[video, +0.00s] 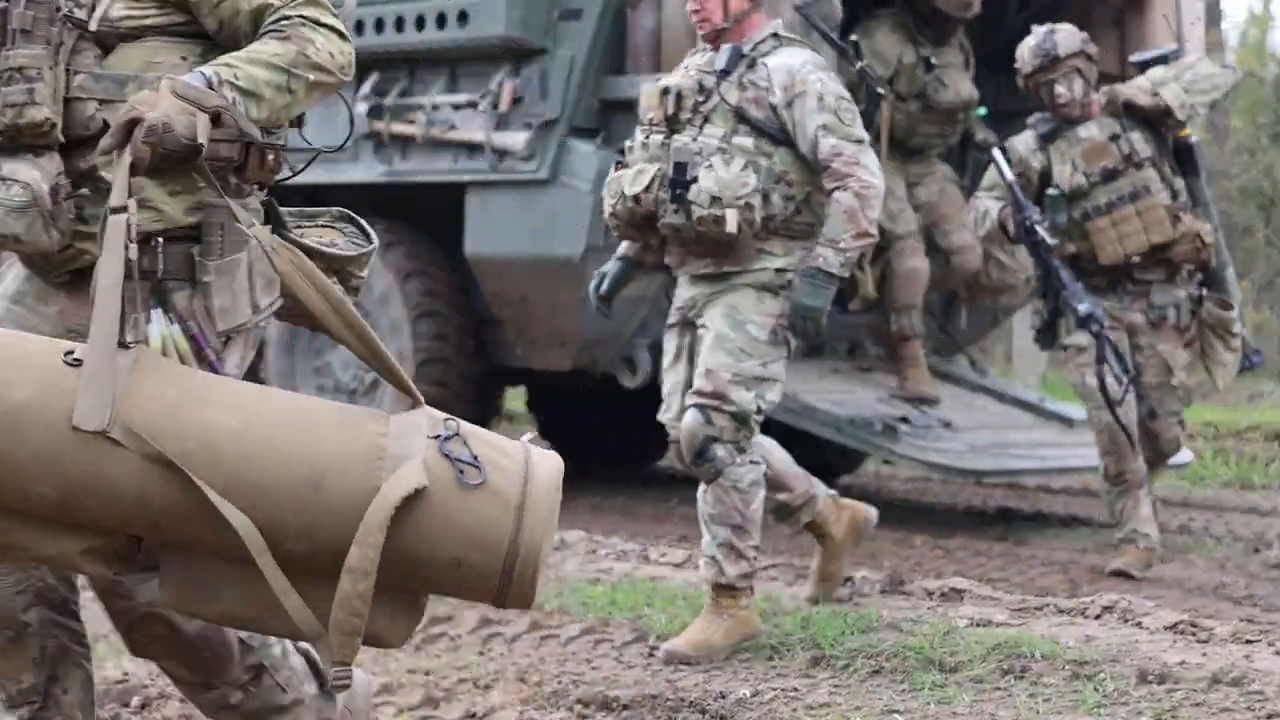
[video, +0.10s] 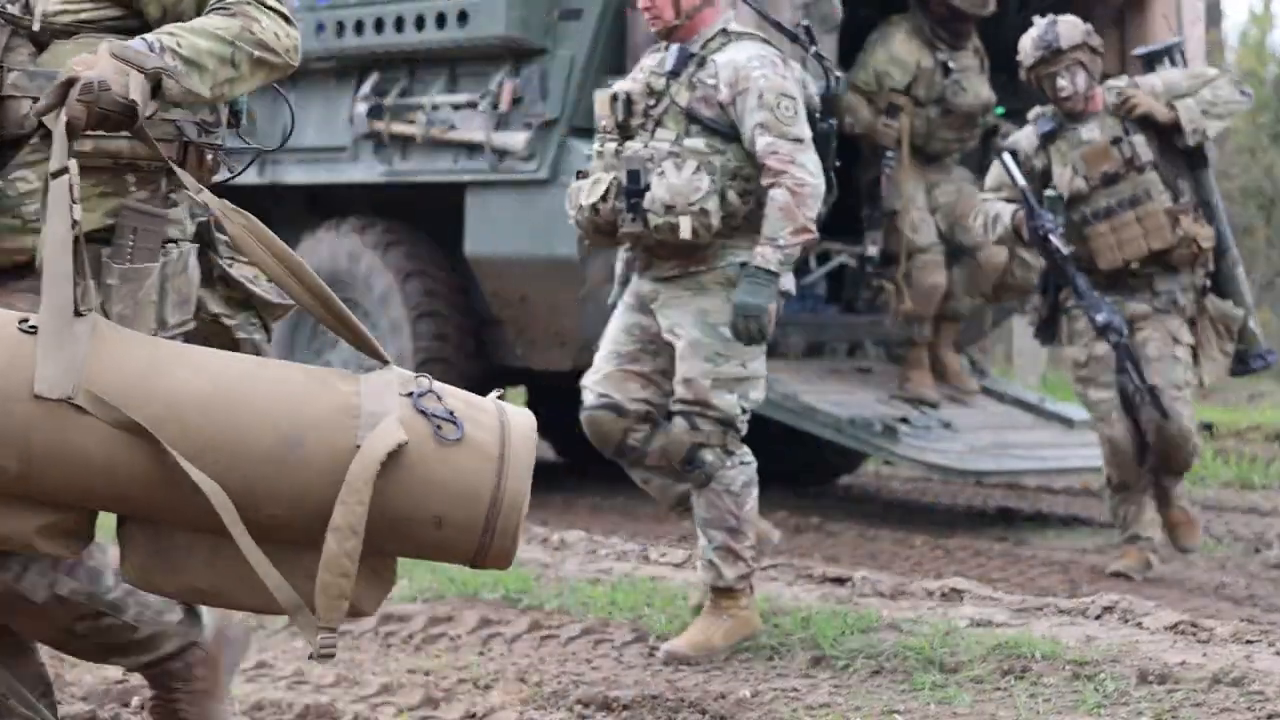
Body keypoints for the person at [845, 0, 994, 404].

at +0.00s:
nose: (972, 3)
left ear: (975, 7)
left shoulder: (960, 44)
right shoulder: (885, 37)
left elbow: (961, 104)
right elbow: (862, 109)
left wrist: (977, 129)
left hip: (930, 159)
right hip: (882, 157)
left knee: (967, 258)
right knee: (910, 261)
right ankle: (912, 364)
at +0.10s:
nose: (970, 29)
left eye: (975, 22)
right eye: (964, 19)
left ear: (977, 17)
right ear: (937, 6)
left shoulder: (972, 45)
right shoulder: (898, 41)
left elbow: (977, 110)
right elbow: (849, 99)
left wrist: (1001, 129)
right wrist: (877, 127)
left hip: (951, 167)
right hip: (903, 165)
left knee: (987, 255)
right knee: (926, 269)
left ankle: (945, 347)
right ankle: (916, 364)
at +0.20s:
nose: (985, 24)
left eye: (991, 17)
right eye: (978, 14)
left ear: (995, 14)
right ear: (954, 5)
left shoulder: (987, 47)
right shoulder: (917, 38)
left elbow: (1002, 106)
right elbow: (864, 100)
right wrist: (898, 130)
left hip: (970, 171)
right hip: (922, 171)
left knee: (999, 262)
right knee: (933, 275)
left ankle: (989, 379)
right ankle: (916, 371)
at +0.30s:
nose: (1005, 19)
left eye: (1010, 14)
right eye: (1000, 10)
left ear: (1012, 15)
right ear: (977, 3)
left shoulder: (1007, 52)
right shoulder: (939, 37)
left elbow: (1034, 99)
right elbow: (891, 101)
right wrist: (916, 129)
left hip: (996, 178)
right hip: (942, 175)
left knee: (1005, 282)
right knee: (948, 280)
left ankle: (1009, 398)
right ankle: (923, 364)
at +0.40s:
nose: (1014, 11)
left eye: (1019, 7)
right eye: (1009, 5)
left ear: (1018, 12)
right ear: (988, 4)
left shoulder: (1019, 53)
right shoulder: (960, 45)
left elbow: (1039, 110)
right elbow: (912, 116)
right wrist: (947, 145)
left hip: (1009, 188)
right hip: (961, 188)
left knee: (1035, 288)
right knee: (985, 296)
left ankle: (1017, 404)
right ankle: (942, 347)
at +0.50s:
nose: (1029, 22)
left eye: (1035, 17)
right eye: (1024, 14)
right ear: (1005, 14)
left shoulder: (1048, 59)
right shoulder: (975, 52)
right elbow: (927, 121)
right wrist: (977, 161)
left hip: (1036, 191)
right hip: (987, 190)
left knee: (1044, 294)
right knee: (1016, 284)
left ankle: (1026, 403)